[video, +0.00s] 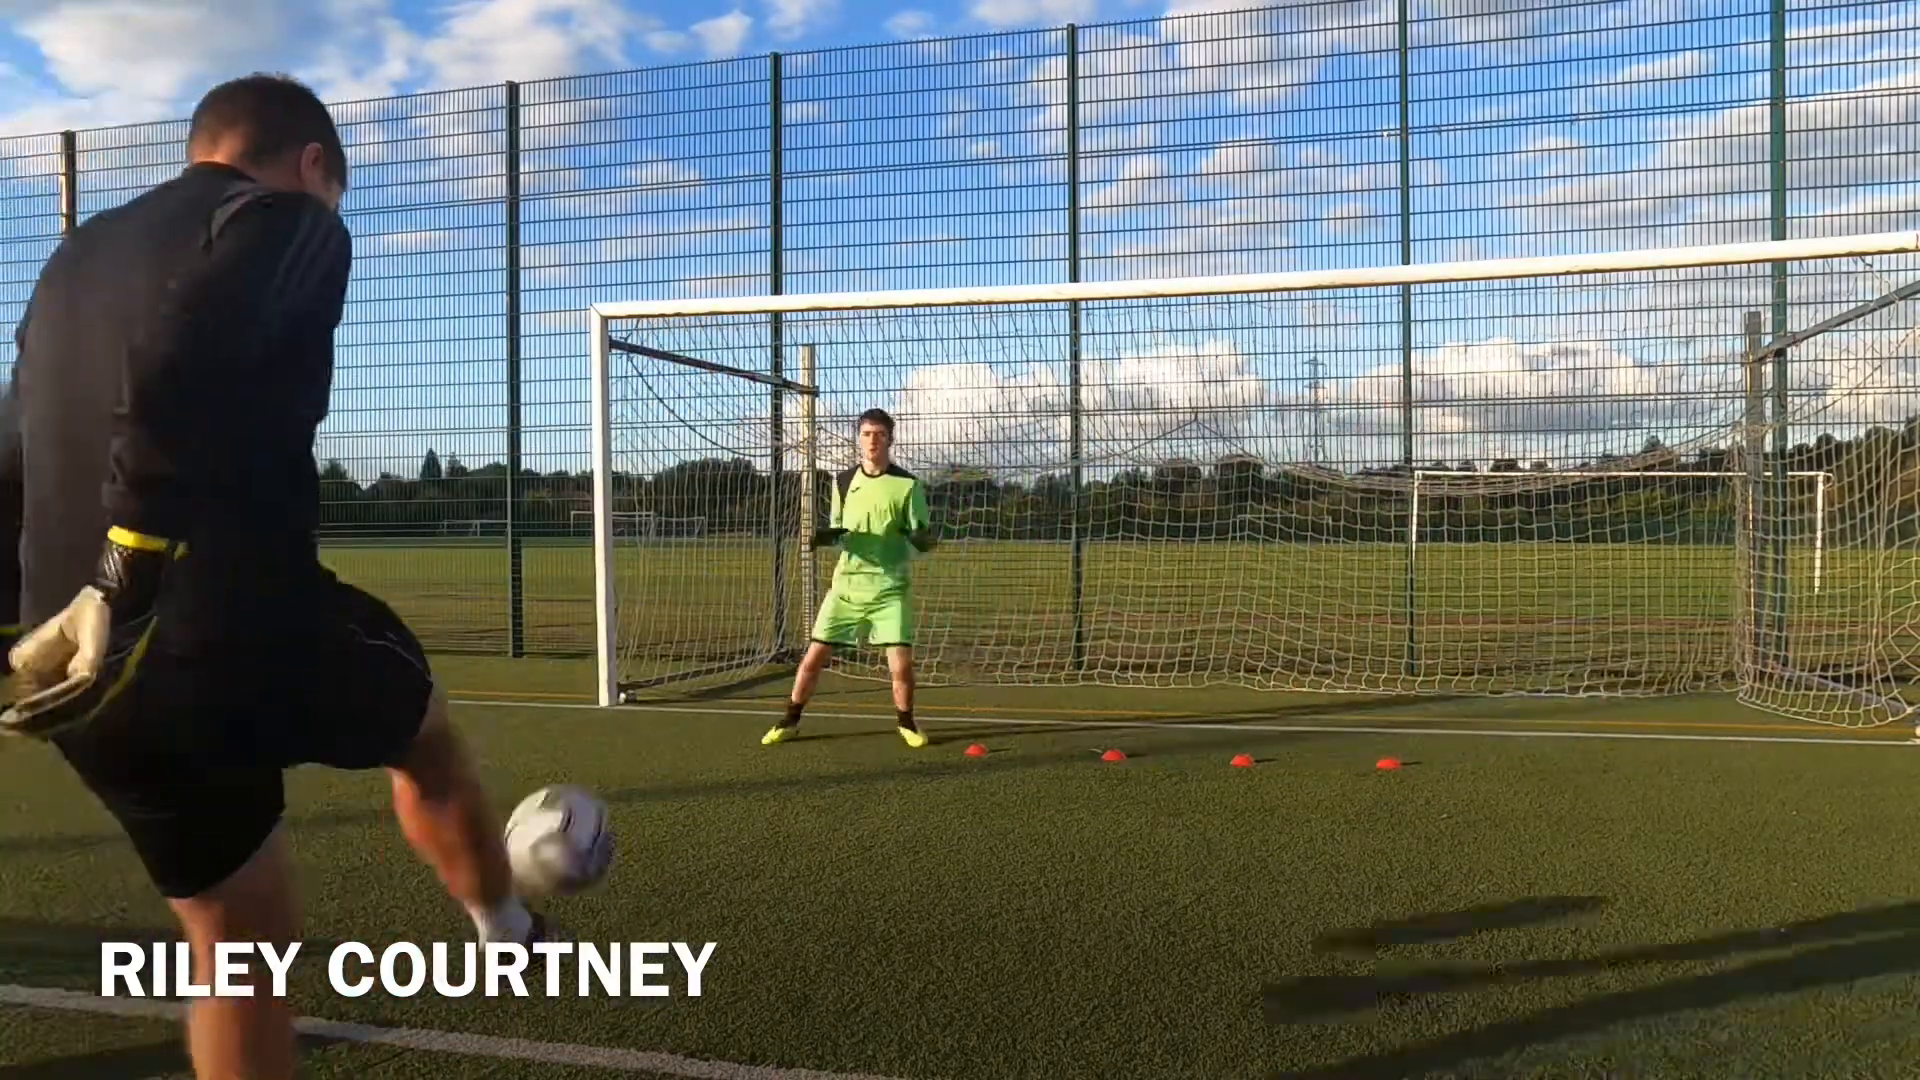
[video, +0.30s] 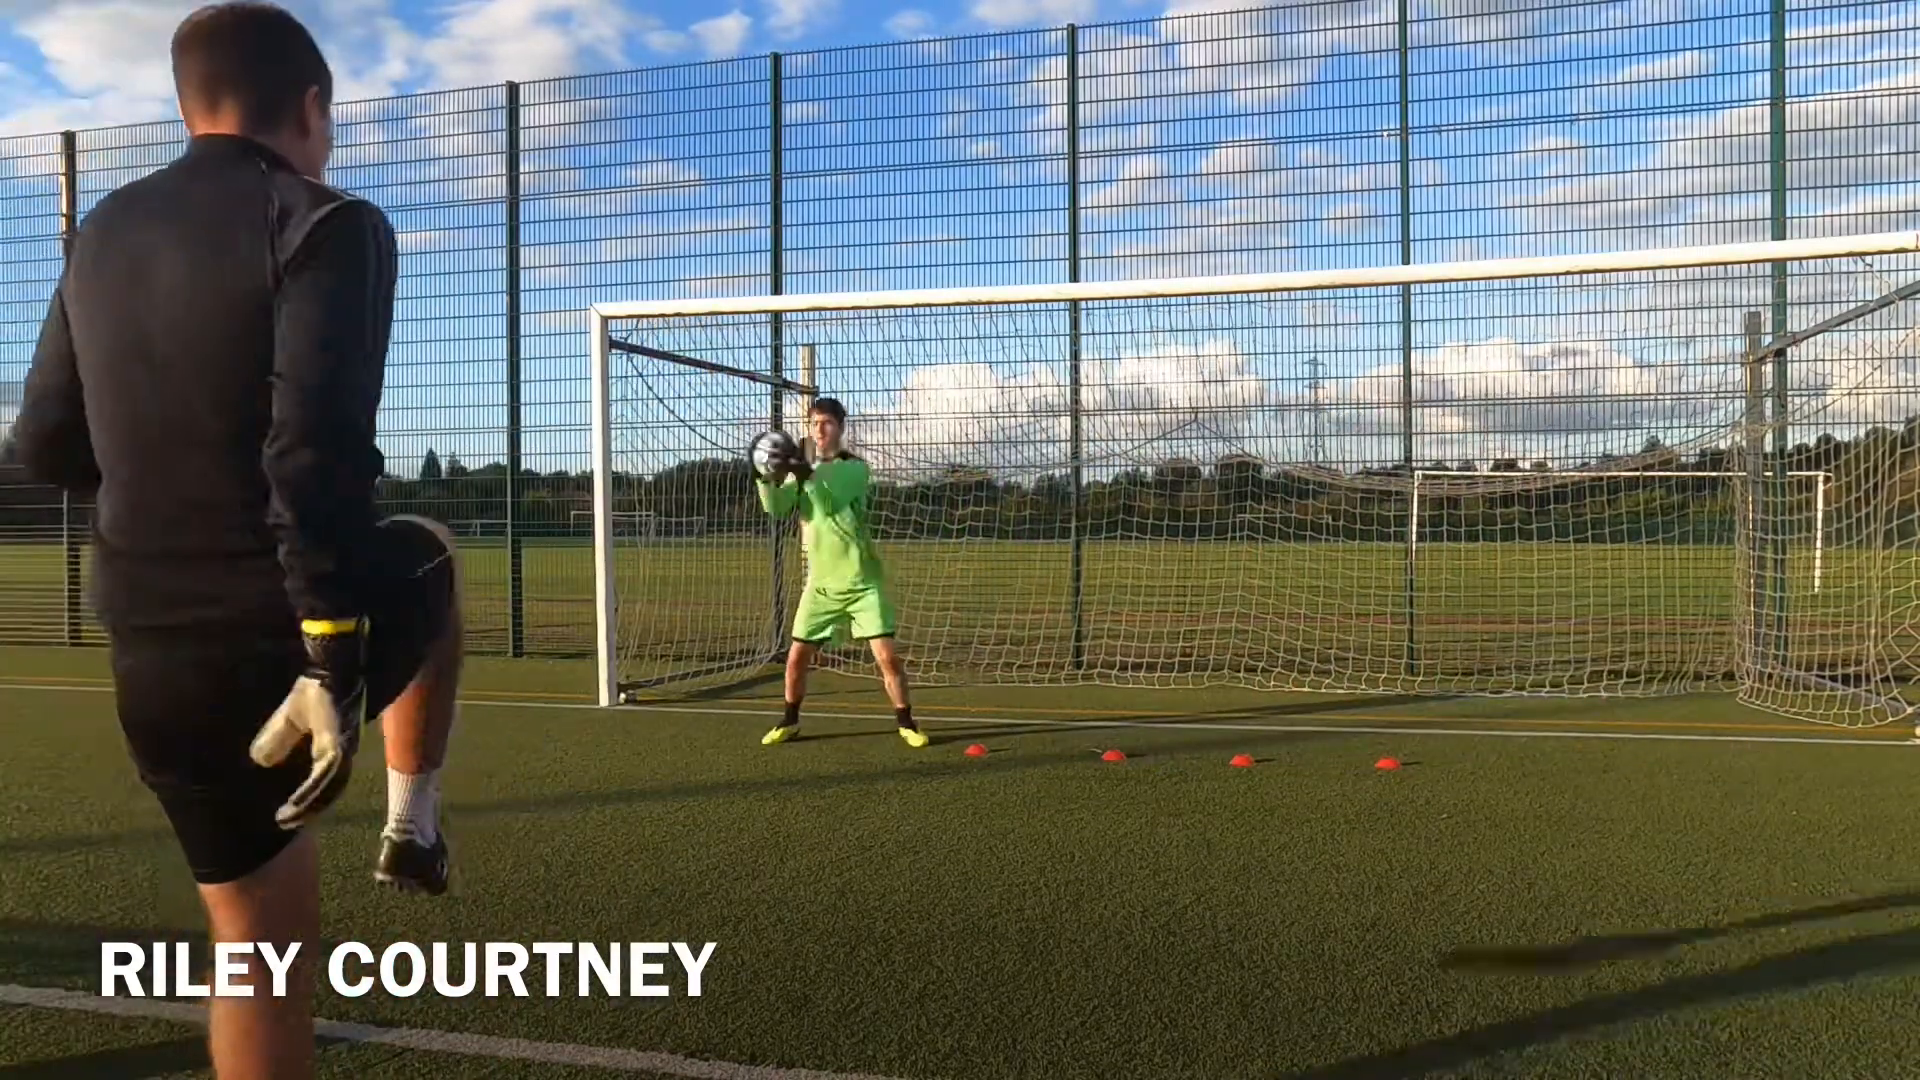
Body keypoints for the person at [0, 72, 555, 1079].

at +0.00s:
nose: (332, 215)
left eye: (335, 198)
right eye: (336, 193)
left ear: (203, 161)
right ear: (305, 162)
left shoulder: (74, 255)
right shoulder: (293, 224)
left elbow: (16, 455)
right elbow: (193, 370)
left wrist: (25, 618)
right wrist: (122, 582)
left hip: (79, 653)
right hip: (242, 624)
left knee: (234, 937)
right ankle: (508, 933)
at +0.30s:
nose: (331, 135)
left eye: (328, 116)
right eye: (329, 115)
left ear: (190, 113)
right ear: (308, 108)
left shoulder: (101, 233)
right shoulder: (326, 224)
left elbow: (42, 447)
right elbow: (309, 449)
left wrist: (164, 456)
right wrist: (331, 660)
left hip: (160, 649)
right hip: (293, 632)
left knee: (254, 948)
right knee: (423, 559)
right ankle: (417, 817)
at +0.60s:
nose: (330, 107)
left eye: (327, 84)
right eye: (331, 83)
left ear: (189, 84)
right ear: (311, 79)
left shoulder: (75, 228)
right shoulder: (361, 231)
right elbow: (453, 453)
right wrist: (519, 592)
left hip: (123, 663)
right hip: (294, 658)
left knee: (222, 968)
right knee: (336, 978)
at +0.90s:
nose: (328, 66)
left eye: (325, 43)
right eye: (326, 41)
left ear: (172, 40)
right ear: (306, 36)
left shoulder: (26, 172)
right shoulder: (335, 198)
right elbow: (356, 455)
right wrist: (424, 593)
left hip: (24, 642)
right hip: (213, 647)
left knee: (165, 986)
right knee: (175, 1006)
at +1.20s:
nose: (220, 35)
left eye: (216, 17)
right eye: (219, 14)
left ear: (56, 14)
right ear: (195, 12)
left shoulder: (5, 110)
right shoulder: (248, 165)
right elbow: (334, 474)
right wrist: (330, 495)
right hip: (131, 626)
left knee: (5, 1004)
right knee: (148, 1045)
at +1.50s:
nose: (40, 28)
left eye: (38, 10)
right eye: (33, 9)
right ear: (11, 21)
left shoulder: (60, 174)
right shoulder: (56, 173)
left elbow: (173, 405)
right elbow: (180, 405)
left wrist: (176, 263)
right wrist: (212, 264)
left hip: (18, 680)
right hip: (11, 689)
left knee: (55, 1016)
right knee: (89, 1024)